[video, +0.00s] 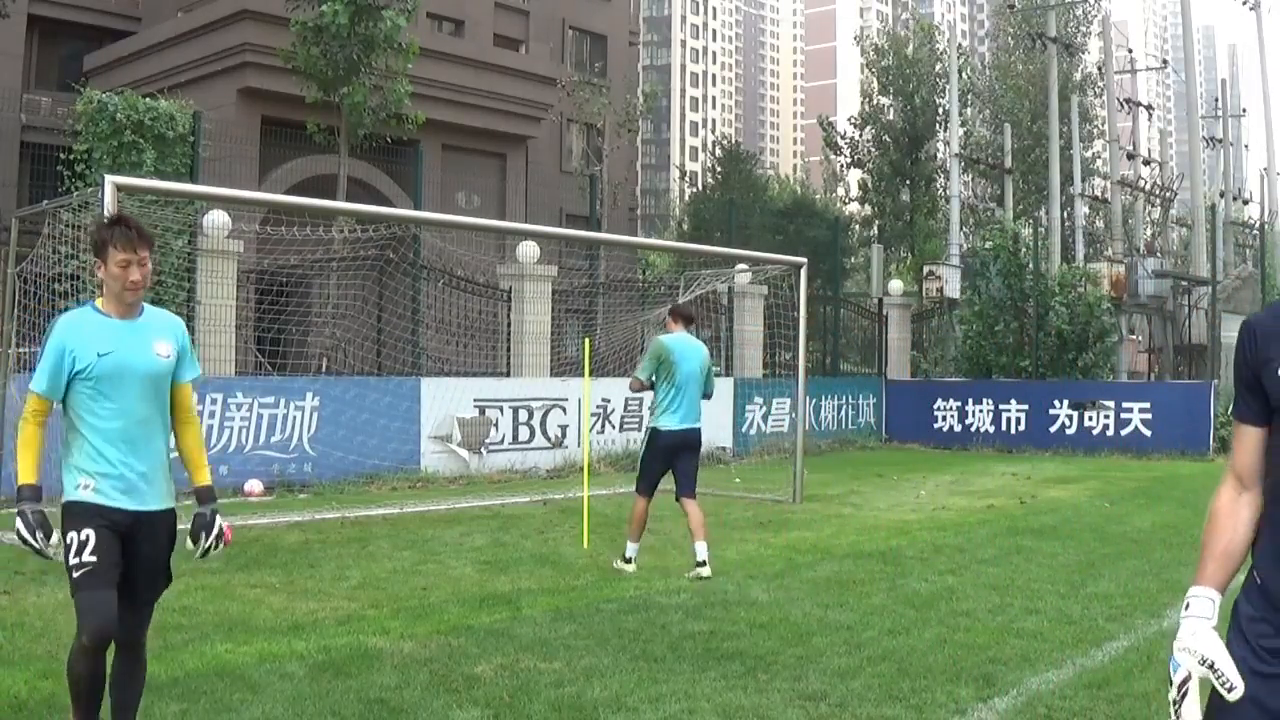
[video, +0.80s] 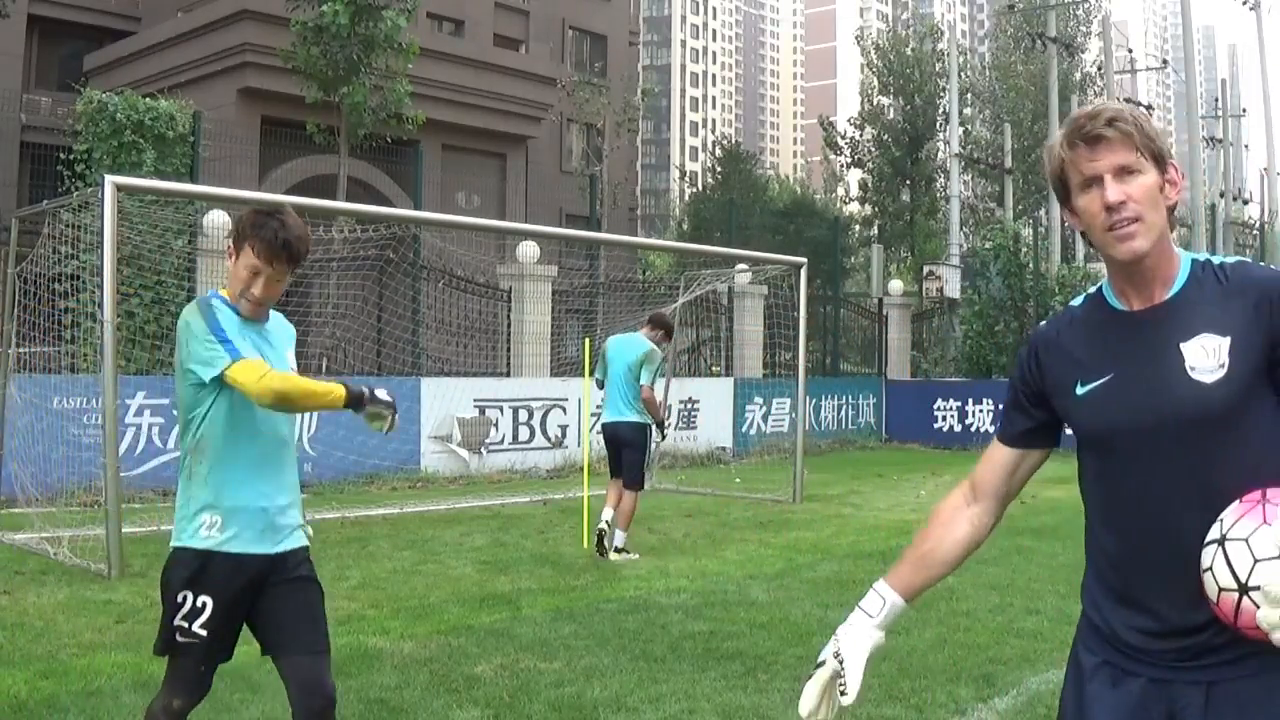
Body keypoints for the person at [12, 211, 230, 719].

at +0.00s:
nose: (137, 274)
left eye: (143, 263)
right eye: (125, 265)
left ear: (152, 266)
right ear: (101, 269)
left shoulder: (171, 329)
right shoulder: (71, 328)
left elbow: (187, 417)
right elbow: (34, 415)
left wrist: (205, 495)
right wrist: (28, 496)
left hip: (154, 509)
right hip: (90, 505)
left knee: (133, 637)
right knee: (97, 629)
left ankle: (123, 718)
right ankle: (84, 717)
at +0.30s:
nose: (159, 288)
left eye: (168, 277)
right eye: (149, 276)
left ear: (178, 274)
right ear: (122, 269)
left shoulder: (196, 332)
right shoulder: (87, 338)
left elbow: (231, 409)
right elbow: (47, 428)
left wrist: (270, 464)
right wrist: (32, 514)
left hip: (185, 526)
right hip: (122, 526)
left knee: (171, 661)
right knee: (132, 671)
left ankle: (130, 714)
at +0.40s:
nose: (178, 291)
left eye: (188, 281)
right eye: (169, 278)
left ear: (198, 275)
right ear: (142, 262)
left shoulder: (206, 324)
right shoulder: (100, 332)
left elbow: (236, 397)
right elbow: (58, 426)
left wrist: (270, 460)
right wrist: (51, 521)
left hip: (201, 527)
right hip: (132, 530)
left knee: (224, 666)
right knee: (137, 677)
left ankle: (161, 715)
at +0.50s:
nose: (190, 293)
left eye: (203, 284)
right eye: (183, 278)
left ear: (215, 276)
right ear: (159, 257)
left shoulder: (216, 323)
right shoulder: (112, 328)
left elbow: (235, 395)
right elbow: (67, 425)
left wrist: (263, 459)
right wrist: (78, 521)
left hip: (213, 526)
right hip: (142, 532)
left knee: (258, 660)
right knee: (141, 684)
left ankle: (198, 719)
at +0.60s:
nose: (217, 292)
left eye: (230, 283)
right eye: (210, 276)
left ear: (242, 280)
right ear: (186, 256)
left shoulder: (237, 322)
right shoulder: (141, 319)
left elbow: (229, 400)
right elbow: (102, 420)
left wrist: (242, 463)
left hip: (232, 526)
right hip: (159, 535)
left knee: (293, 660)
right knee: (151, 687)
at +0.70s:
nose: (236, 291)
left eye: (250, 281)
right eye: (229, 274)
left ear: (262, 278)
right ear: (204, 254)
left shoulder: (253, 325)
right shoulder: (163, 318)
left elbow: (229, 416)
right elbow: (153, 415)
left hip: (245, 532)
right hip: (177, 537)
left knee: (299, 676)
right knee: (158, 690)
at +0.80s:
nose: (260, 290)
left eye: (275, 279)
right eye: (252, 272)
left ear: (290, 276)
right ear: (231, 255)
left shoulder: (283, 330)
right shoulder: (201, 318)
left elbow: (267, 430)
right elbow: (265, 387)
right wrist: (352, 396)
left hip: (284, 547)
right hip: (212, 547)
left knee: (317, 699)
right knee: (180, 697)